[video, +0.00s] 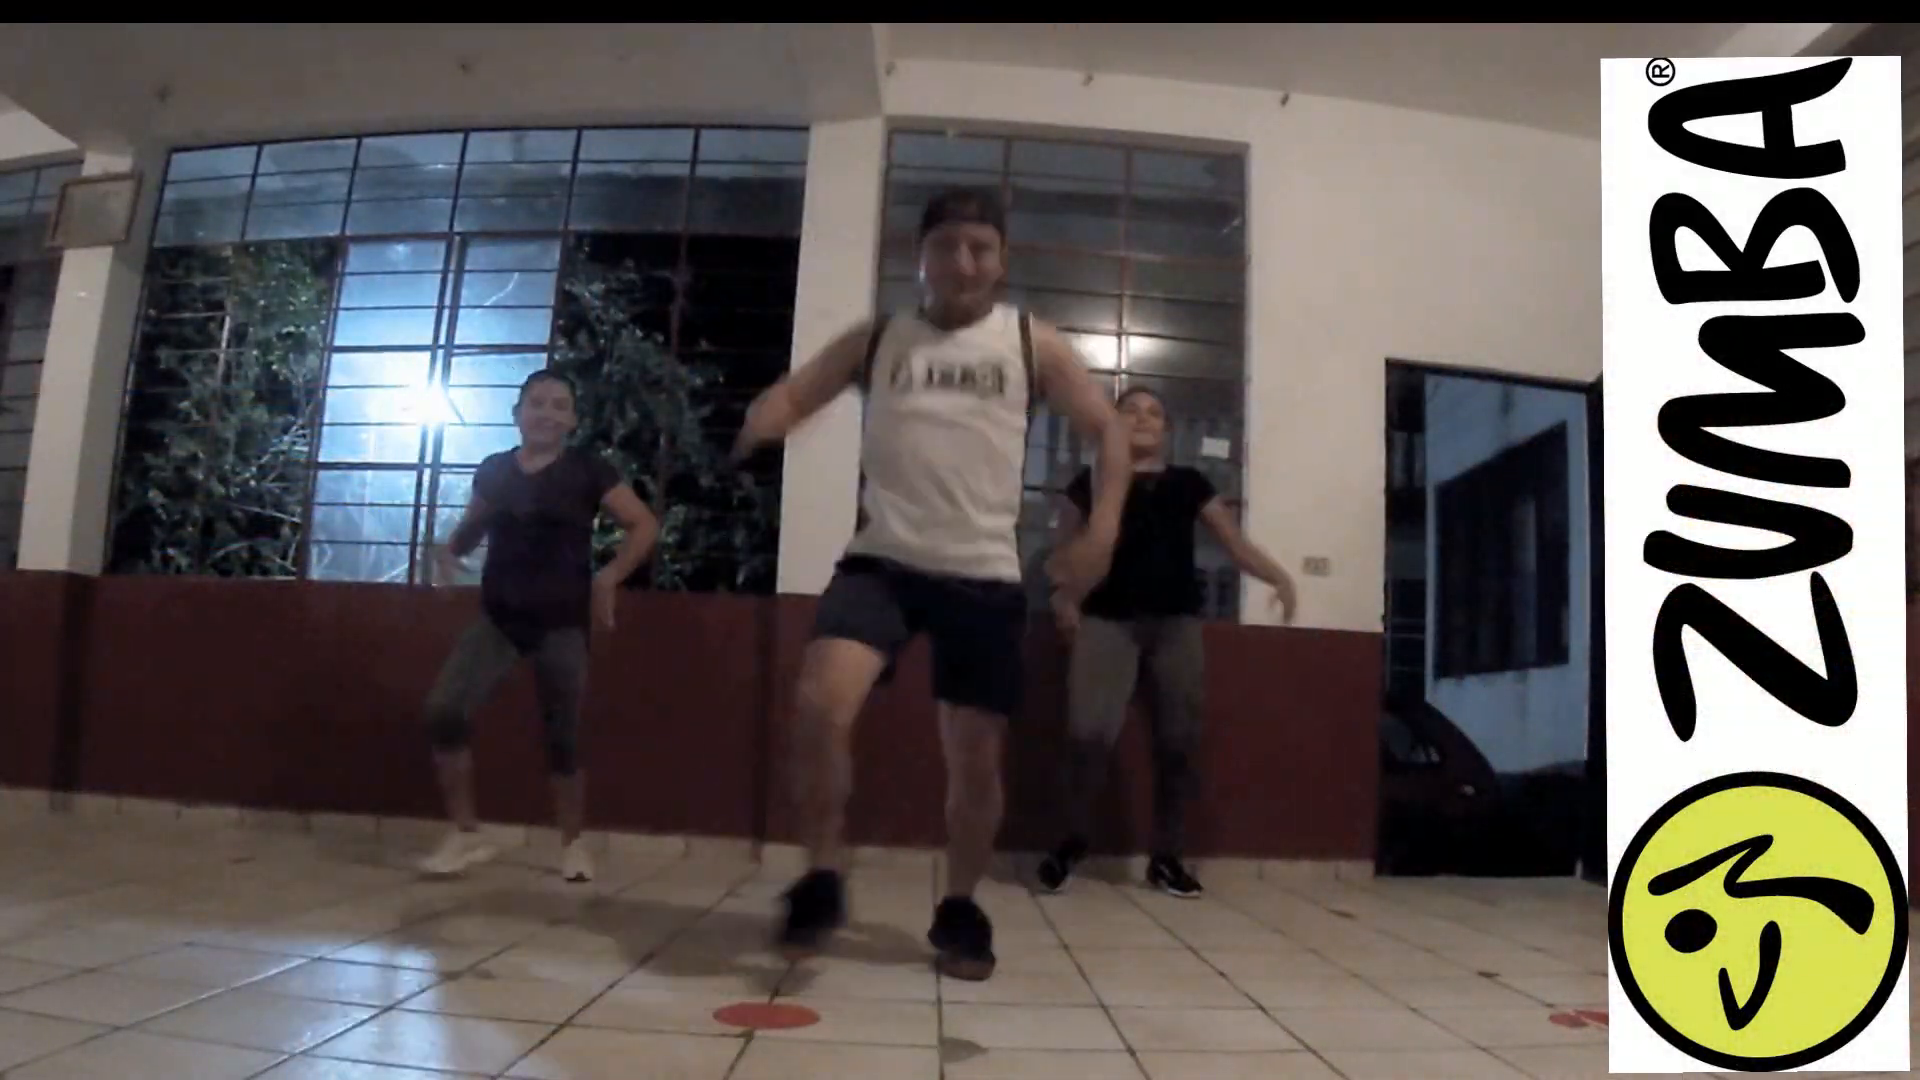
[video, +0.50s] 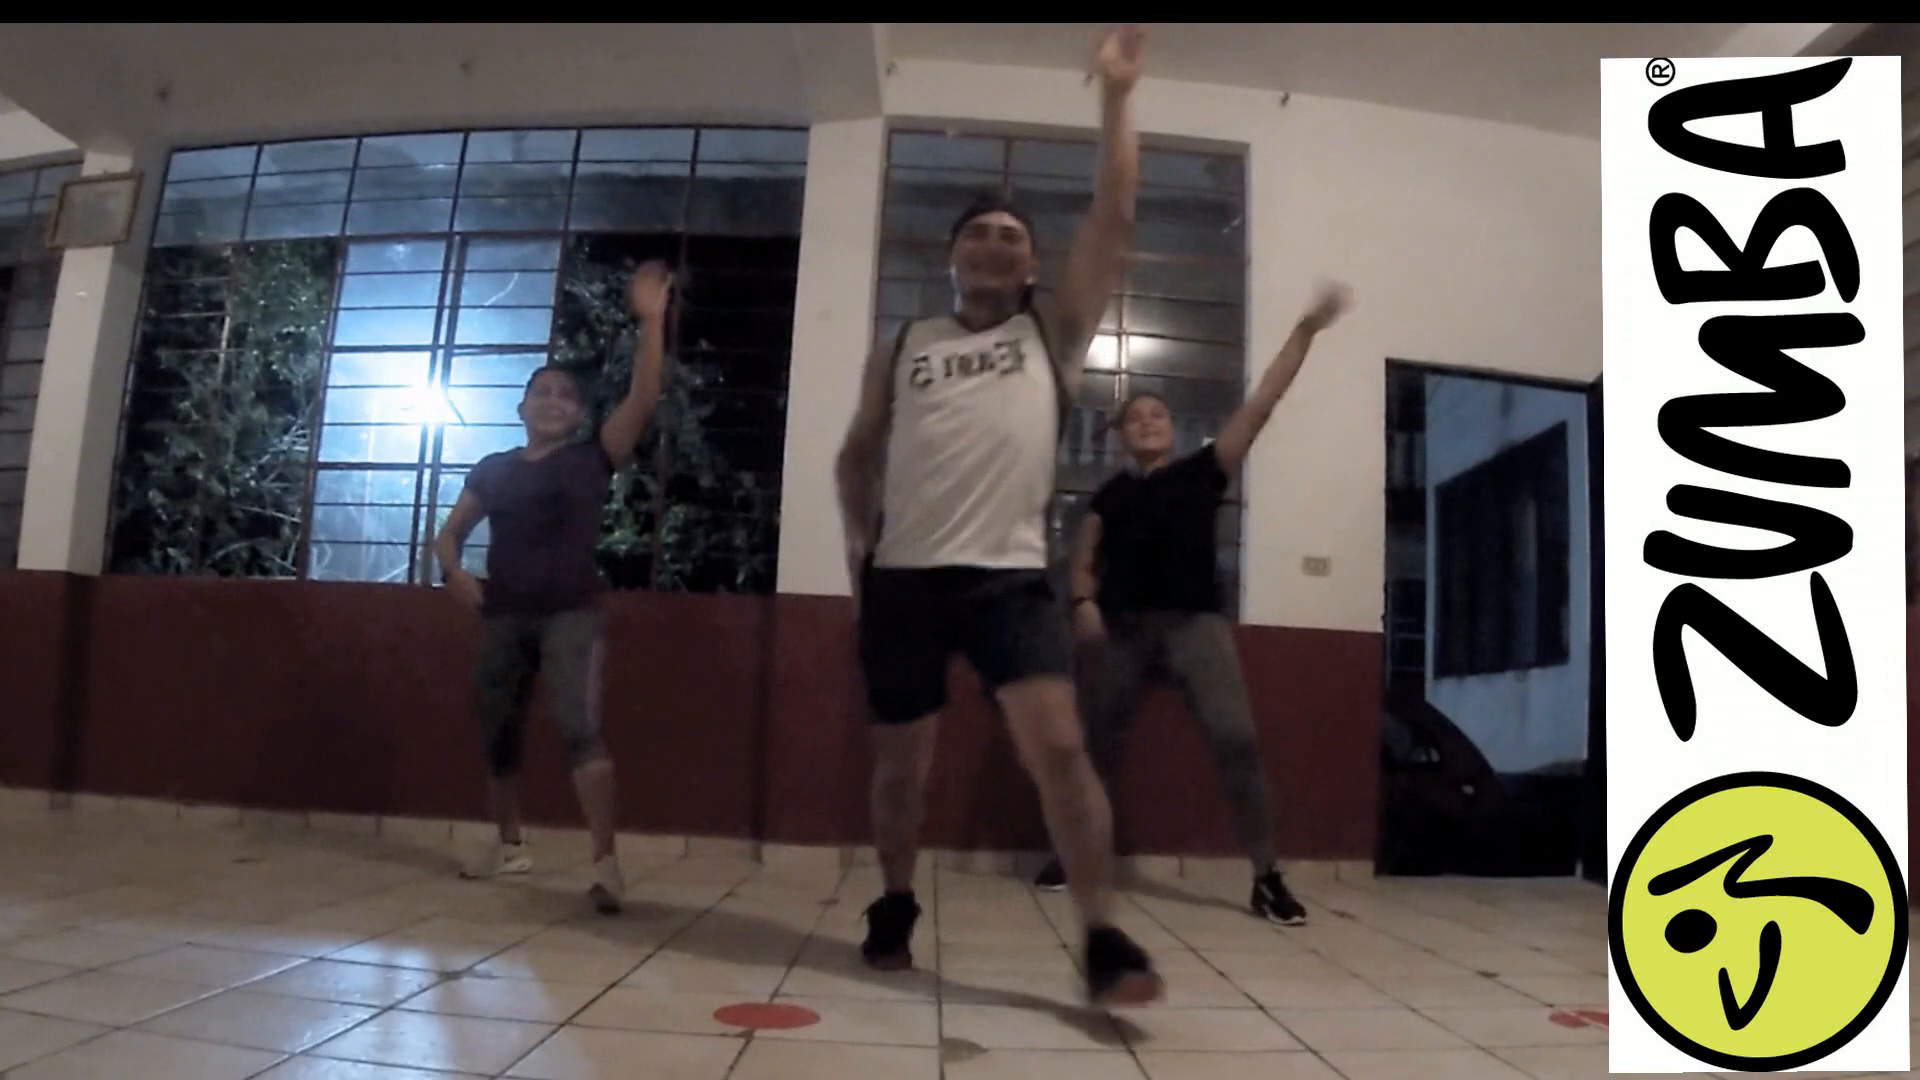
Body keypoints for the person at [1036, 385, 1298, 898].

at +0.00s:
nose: (1143, 420)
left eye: (1152, 414)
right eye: (1133, 413)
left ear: (1166, 429)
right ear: (1114, 426)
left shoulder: (1188, 484)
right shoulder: (1095, 483)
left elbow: (1235, 542)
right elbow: (1065, 549)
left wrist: (1282, 579)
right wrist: (1065, 600)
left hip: (1176, 624)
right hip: (1107, 622)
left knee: (1179, 739)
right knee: (1088, 735)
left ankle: (1167, 856)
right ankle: (1069, 845)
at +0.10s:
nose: (1136, 436)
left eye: (1144, 427)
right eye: (1126, 427)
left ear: (1155, 439)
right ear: (1108, 438)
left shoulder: (1172, 503)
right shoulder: (1084, 496)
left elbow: (1194, 570)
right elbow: (1037, 541)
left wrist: (1230, 576)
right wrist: (1042, 597)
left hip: (1164, 639)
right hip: (1095, 637)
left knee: (1182, 743)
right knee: (1083, 746)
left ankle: (1150, 855)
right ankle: (1066, 854)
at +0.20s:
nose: (1130, 451)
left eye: (1140, 445)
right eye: (1120, 444)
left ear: (1153, 459)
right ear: (1103, 456)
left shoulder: (1167, 521)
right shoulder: (1080, 515)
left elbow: (1191, 600)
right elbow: (1019, 563)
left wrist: (1177, 557)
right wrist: (1031, 623)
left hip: (1155, 655)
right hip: (1087, 653)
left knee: (1204, 740)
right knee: (1078, 754)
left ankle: (1164, 838)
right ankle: (1064, 855)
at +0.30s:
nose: (1130, 444)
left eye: (1139, 437)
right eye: (1119, 436)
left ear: (1152, 451)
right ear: (1102, 449)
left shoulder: (1173, 507)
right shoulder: (1079, 503)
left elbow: (1220, 555)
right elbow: (1030, 564)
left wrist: (1203, 490)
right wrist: (1047, 610)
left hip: (1158, 648)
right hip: (1092, 649)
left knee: (1220, 724)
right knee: (1077, 751)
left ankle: (1191, 849)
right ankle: (1063, 855)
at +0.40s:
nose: (1134, 424)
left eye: (1143, 417)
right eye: (1124, 418)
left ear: (1160, 430)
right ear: (1110, 434)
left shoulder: (1184, 485)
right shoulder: (1090, 491)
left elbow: (1254, 462)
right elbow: (1065, 555)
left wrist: (1254, 387)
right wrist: (1068, 601)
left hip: (1176, 624)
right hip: (1106, 625)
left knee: (1221, 725)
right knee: (1077, 724)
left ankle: (1250, 864)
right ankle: (1062, 849)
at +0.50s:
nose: (1147, 424)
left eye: (1157, 417)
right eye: (1135, 419)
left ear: (1174, 429)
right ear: (1120, 435)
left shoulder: (1203, 475)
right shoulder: (1108, 496)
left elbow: (1259, 406)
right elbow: (1082, 561)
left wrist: (1304, 330)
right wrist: (1085, 608)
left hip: (1196, 623)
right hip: (1121, 625)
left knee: (1235, 735)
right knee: (1094, 738)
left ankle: (1266, 873)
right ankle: (1073, 855)